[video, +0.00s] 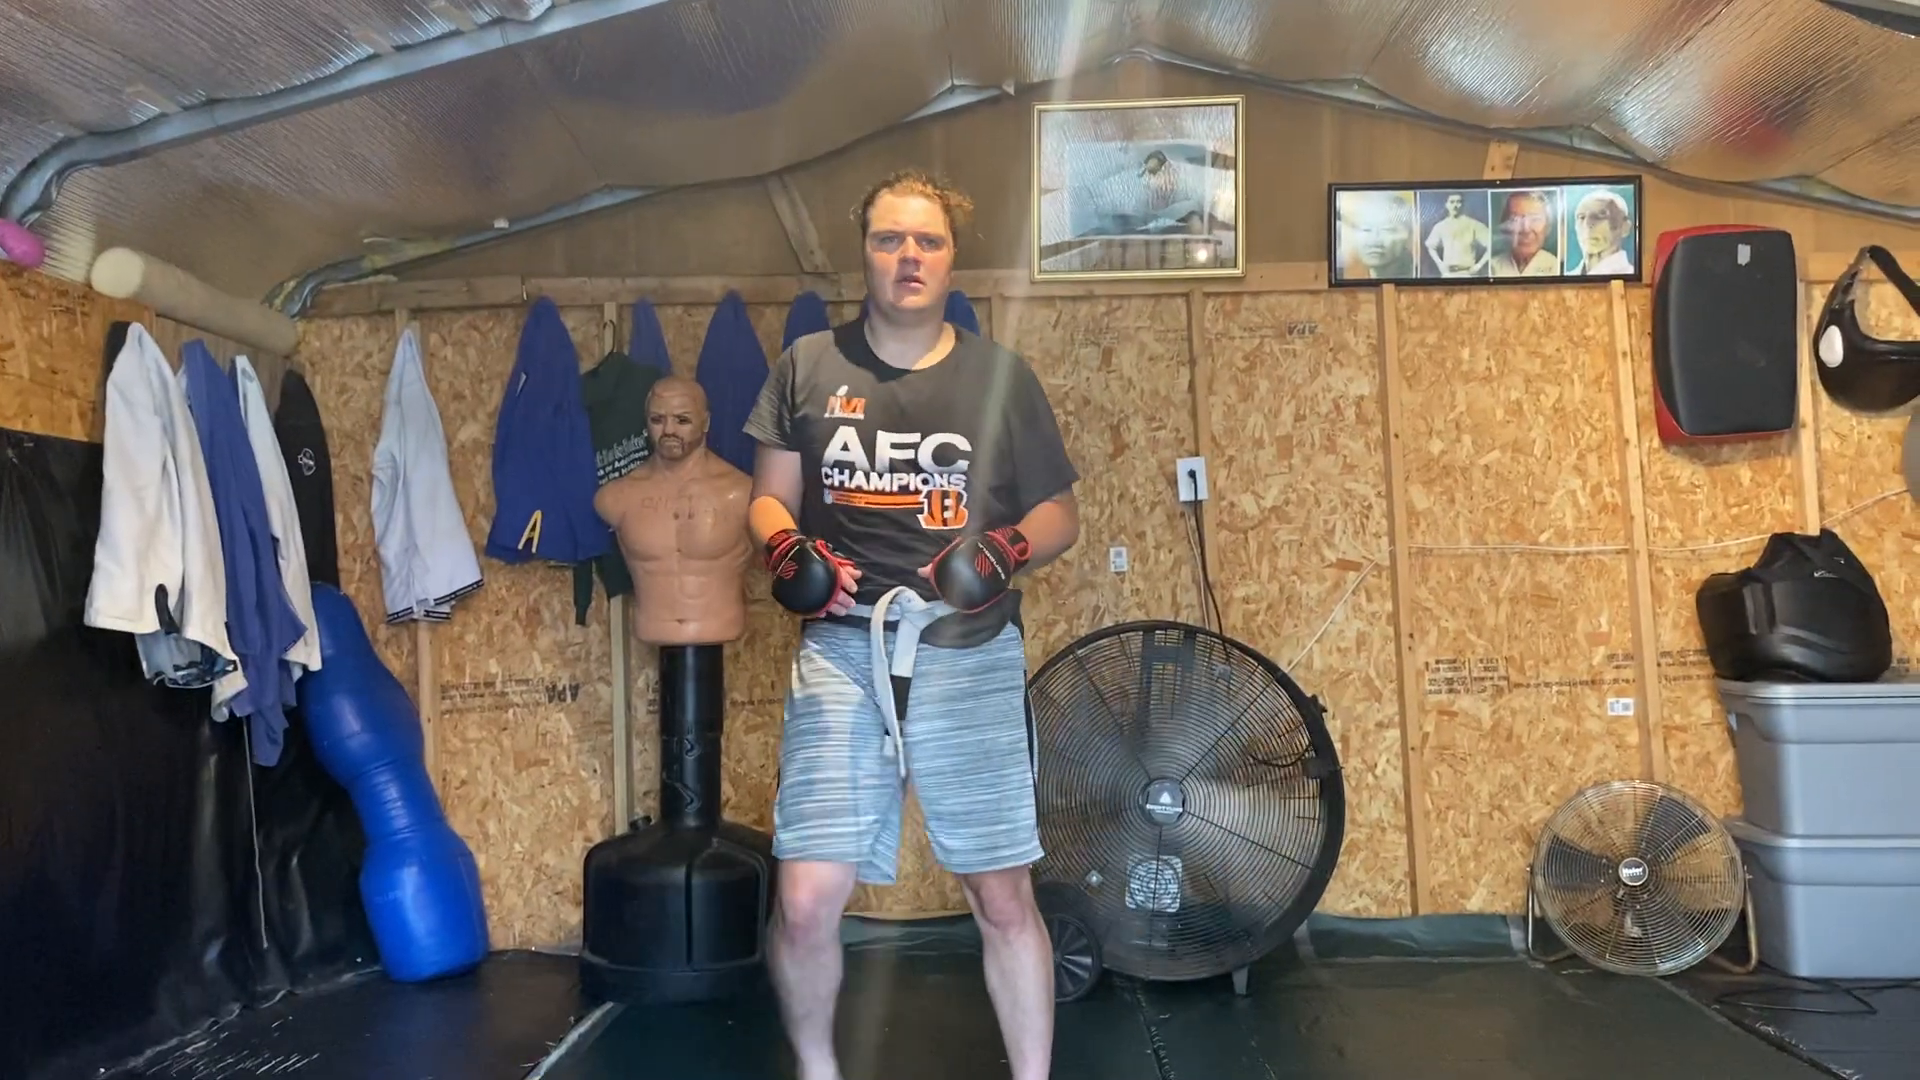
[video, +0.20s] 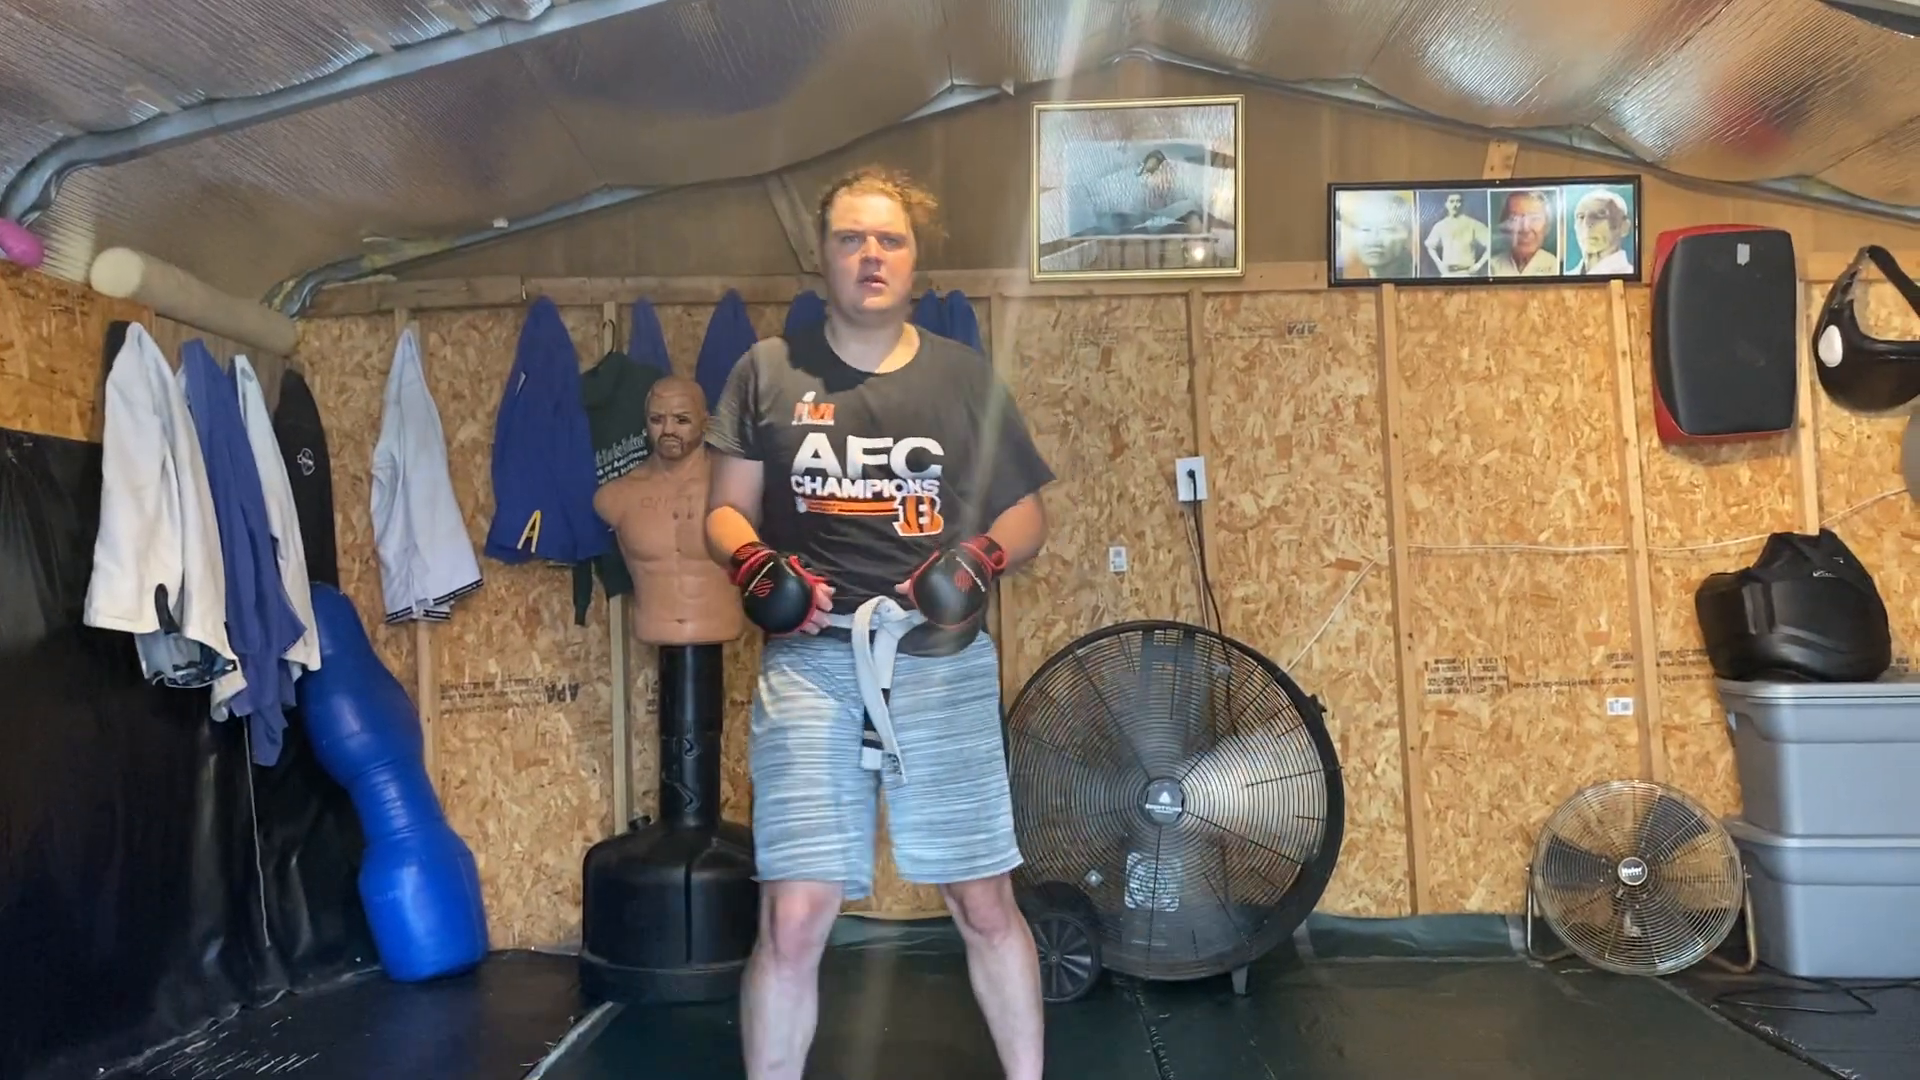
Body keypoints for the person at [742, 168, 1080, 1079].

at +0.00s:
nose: (908, 256)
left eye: (928, 241)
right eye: (890, 240)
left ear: (954, 262)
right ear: (864, 259)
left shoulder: (1002, 377)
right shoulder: (806, 368)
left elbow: (1058, 513)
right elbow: (772, 496)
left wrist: (1005, 550)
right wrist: (788, 550)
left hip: (969, 660)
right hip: (840, 655)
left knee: (1003, 897)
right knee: (805, 902)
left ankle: (1032, 1074)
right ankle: (817, 1071)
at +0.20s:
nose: (871, 256)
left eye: (890, 240)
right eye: (852, 240)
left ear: (916, 261)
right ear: (821, 261)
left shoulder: (967, 376)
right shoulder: (768, 373)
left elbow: (1026, 513)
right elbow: (730, 510)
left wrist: (973, 562)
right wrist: (758, 567)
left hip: (944, 662)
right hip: (808, 663)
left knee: (986, 904)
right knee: (795, 917)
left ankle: (1027, 1076)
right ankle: (772, 1079)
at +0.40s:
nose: (805, 247)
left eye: (823, 230)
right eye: (784, 230)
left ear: (851, 251)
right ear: (755, 251)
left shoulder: (911, 366)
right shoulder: (703, 373)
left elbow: (968, 498)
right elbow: (663, 514)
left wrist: (934, 557)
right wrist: (699, 566)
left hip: (902, 656)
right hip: (767, 659)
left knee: (962, 907)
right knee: (772, 923)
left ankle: (1017, 1074)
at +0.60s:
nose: (754, 234)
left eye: (770, 217)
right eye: (732, 219)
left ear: (801, 236)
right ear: (703, 239)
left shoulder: (867, 347)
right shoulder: (654, 371)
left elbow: (928, 474)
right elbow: (615, 515)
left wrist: (905, 546)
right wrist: (654, 576)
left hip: (876, 647)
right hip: (740, 656)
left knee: (945, 893)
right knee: (758, 922)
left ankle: (986, 1074)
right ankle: (756, 1079)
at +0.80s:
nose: (734, 230)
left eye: (750, 213)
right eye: (711, 216)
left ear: (781, 228)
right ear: (682, 237)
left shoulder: (851, 341)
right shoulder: (638, 370)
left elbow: (913, 470)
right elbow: (602, 519)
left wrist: (899, 543)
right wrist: (650, 581)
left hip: (866, 644)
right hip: (730, 656)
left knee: (919, 898)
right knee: (748, 921)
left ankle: (953, 1077)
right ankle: (753, 1079)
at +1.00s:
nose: (748, 227)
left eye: (765, 210)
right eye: (725, 213)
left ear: (795, 227)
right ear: (698, 235)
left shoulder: (866, 344)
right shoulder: (654, 365)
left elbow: (922, 472)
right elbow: (619, 517)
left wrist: (906, 541)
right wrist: (667, 572)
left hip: (867, 650)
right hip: (733, 658)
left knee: (903, 908)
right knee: (746, 922)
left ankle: (938, 1077)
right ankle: (751, 1079)